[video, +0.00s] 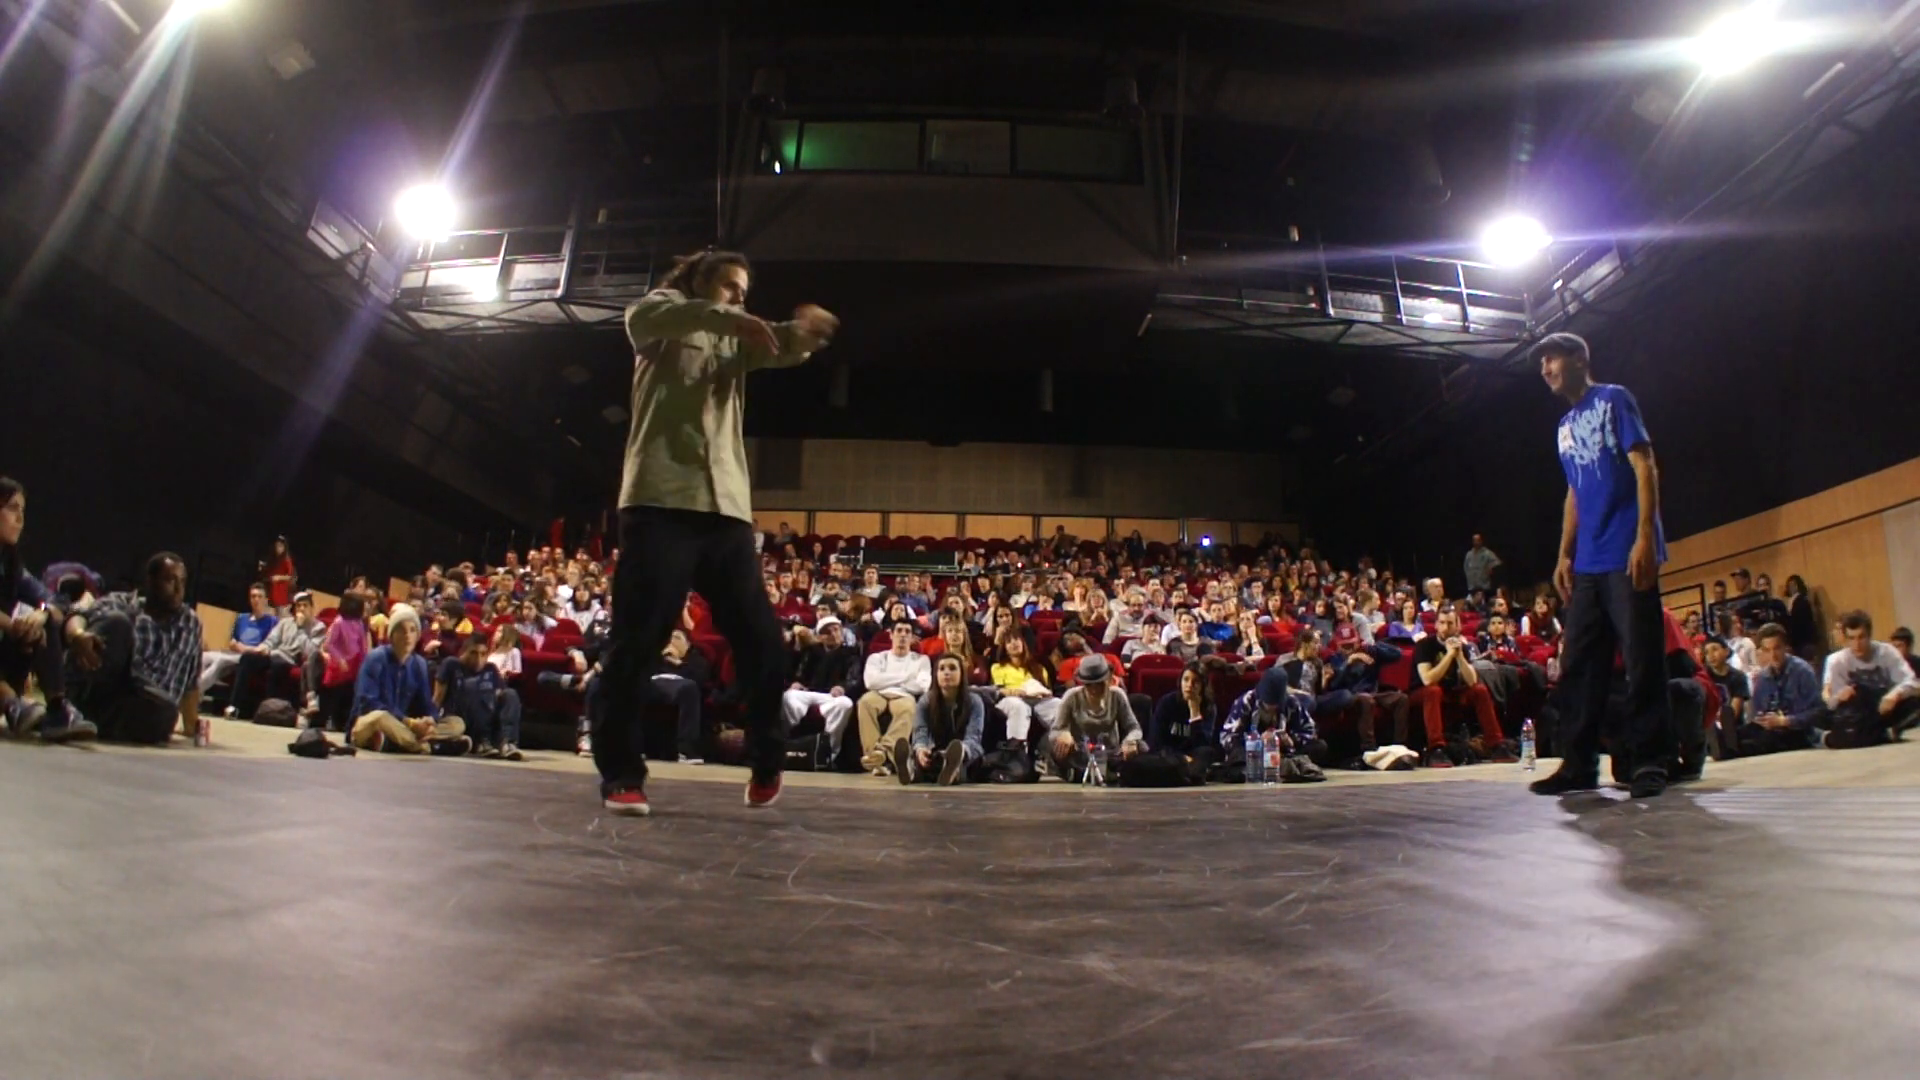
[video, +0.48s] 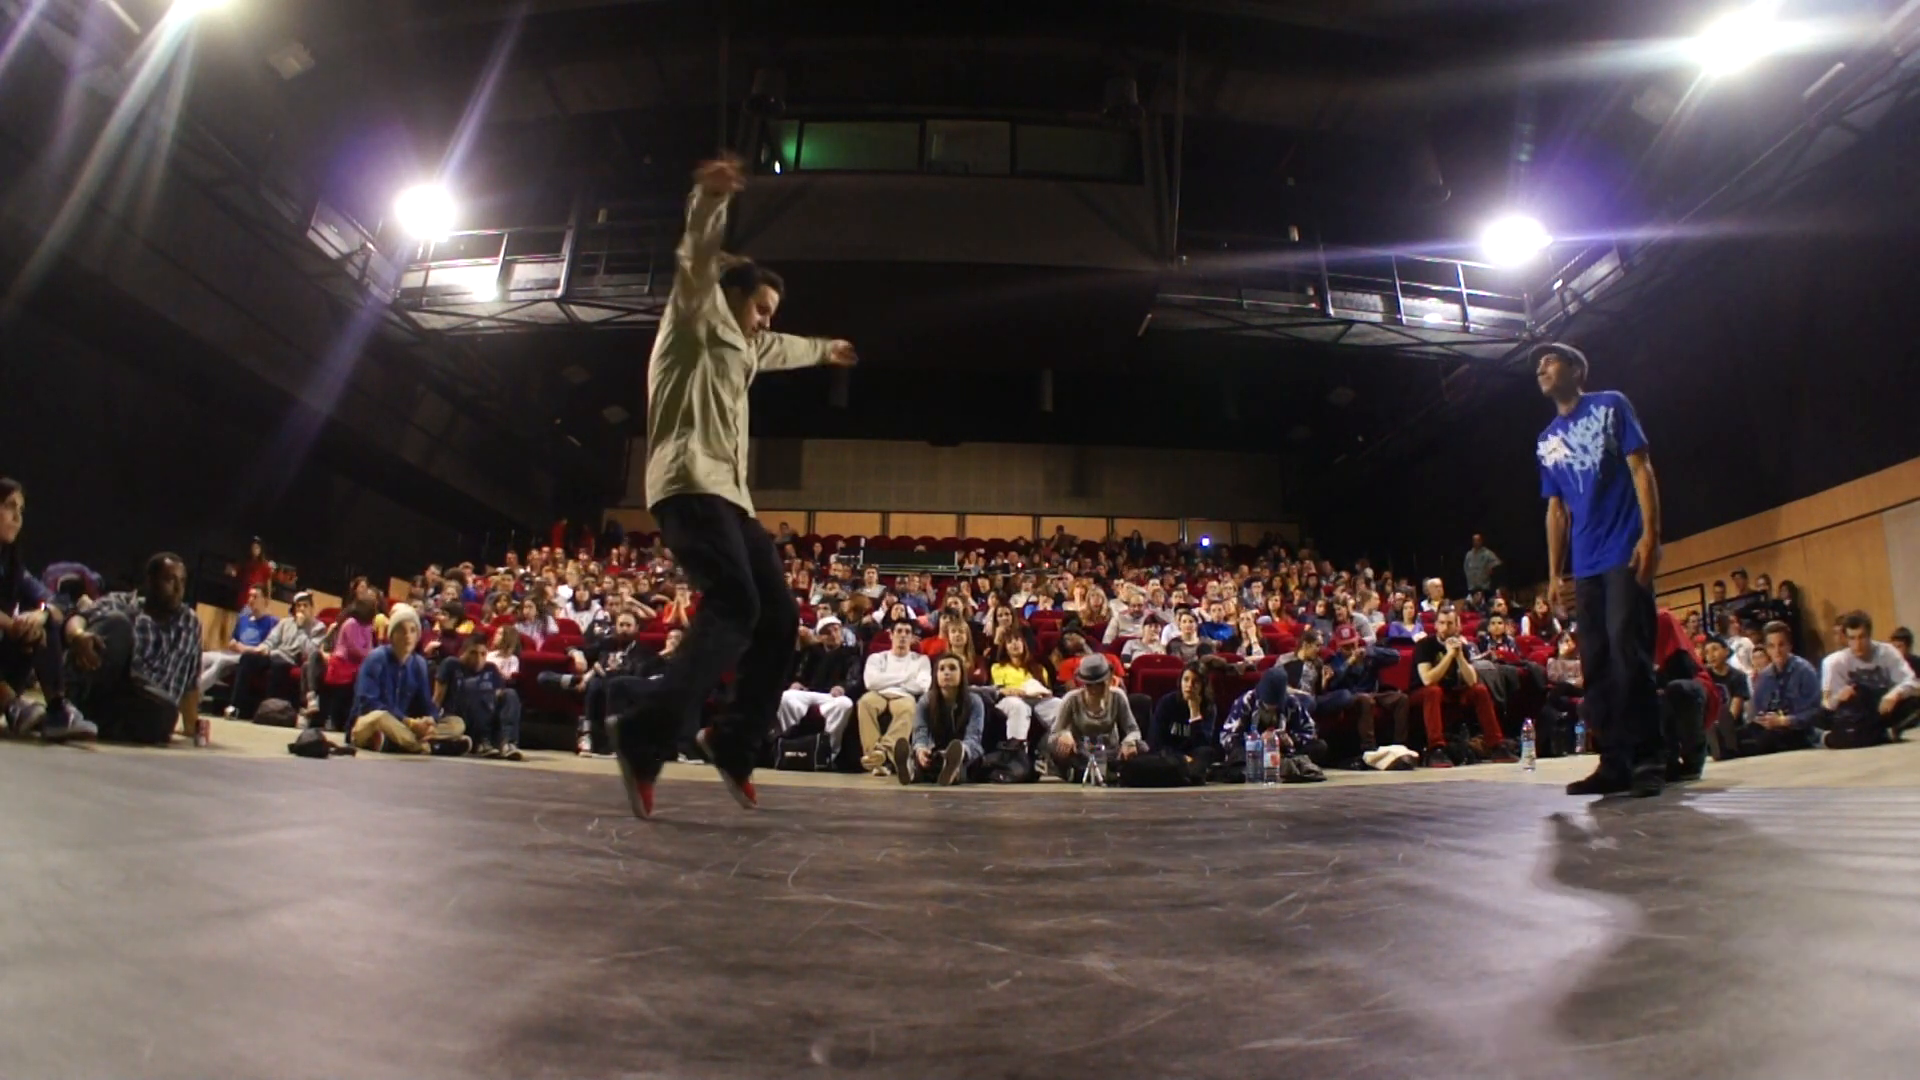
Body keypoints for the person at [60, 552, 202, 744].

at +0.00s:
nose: (178, 589)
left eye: (182, 582)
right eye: (170, 581)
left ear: (186, 585)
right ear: (151, 581)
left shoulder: (191, 624)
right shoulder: (123, 603)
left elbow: (190, 685)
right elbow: (76, 617)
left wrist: (191, 731)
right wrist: (77, 635)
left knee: (159, 719)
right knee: (116, 624)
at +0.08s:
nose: (178, 589)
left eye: (182, 582)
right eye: (170, 581)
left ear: (186, 585)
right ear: (151, 581)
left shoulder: (191, 623)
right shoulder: (122, 603)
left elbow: (190, 684)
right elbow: (77, 618)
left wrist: (191, 730)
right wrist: (77, 635)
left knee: (159, 719)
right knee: (116, 624)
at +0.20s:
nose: (178, 589)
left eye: (182, 582)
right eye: (170, 580)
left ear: (186, 585)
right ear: (151, 581)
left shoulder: (190, 623)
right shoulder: (122, 603)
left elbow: (190, 684)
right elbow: (77, 619)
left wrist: (191, 731)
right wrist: (77, 635)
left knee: (158, 720)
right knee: (116, 625)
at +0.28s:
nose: (178, 589)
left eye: (182, 582)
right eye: (170, 580)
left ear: (186, 585)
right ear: (151, 581)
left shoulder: (191, 623)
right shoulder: (122, 603)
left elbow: (190, 685)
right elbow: (77, 619)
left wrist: (191, 731)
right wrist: (78, 635)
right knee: (116, 625)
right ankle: (68, 710)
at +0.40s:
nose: (178, 589)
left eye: (182, 582)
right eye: (170, 580)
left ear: (186, 585)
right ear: (151, 581)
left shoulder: (190, 623)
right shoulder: (123, 603)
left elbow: (190, 685)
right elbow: (77, 619)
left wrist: (191, 731)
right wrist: (77, 635)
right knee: (116, 625)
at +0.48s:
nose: (177, 588)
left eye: (182, 582)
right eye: (170, 580)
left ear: (186, 585)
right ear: (151, 581)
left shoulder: (191, 623)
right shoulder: (122, 603)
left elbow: (190, 685)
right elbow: (77, 619)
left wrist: (191, 732)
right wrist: (78, 636)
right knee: (116, 625)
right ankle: (68, 710)